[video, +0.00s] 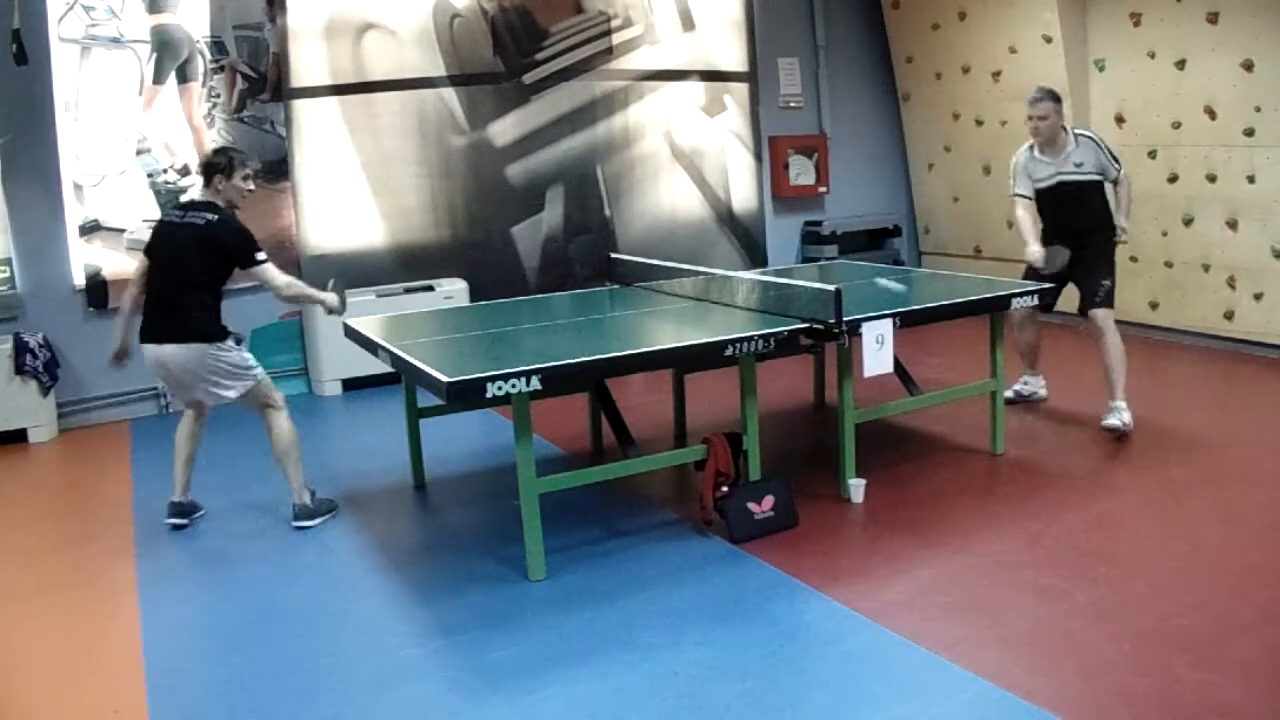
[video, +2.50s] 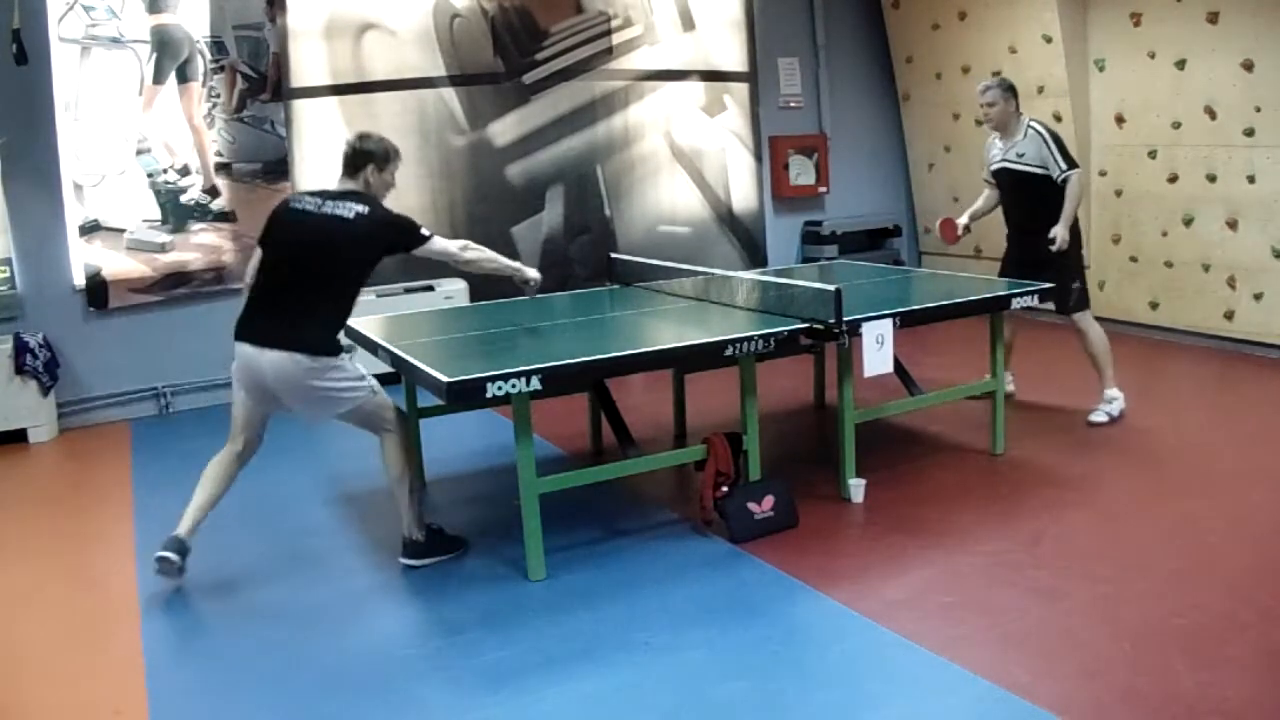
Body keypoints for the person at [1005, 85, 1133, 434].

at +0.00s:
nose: (1034, 125)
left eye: (1042, 118)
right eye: (1030, 118)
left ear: (1061, 118)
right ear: (1026, 120)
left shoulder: (1089, 144)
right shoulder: (1024, 160)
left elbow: (1120, 178)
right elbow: (1023, 206)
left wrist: (1122, 218)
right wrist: (1032, 244)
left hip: (1095, 246)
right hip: (1053, 248)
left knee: (1100, 316)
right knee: (1021, 313)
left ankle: (1118, 405)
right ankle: (1032, 380)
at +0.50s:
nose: (1090, 153)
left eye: (1100, 147)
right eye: (1086, 144)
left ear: (1119, 148)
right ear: (1081, 142)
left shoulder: (1138, 176)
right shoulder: (1075, 177)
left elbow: (1156, 209)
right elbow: (1054, 225)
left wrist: (1169, 249)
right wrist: (1053, 267)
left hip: (1119, 258)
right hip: (1076, 253)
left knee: (1121, 330)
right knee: (1039, 323)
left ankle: (1119, 420)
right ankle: (1031, 376)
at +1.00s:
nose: (1023, 106)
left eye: (1030, 98)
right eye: (1021, 99)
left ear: (1054, 101)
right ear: (1024, 102)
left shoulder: (1083, 140)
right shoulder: (1021, 139)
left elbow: (1113, 186)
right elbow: (1008, 179)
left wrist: (1119, 231)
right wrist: (992, 208)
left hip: (1081, 250)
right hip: (1039, 248)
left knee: (1092, 326)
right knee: (1021, 319)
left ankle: (1116, 413)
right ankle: (1024, 385)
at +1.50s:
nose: (929, 139)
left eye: (931, 131)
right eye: (928, 132)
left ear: (951, 128)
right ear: (946, 130)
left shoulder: (983, 144)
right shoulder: (957, 162)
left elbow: (1023, 170)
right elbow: (938, 212)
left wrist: (1024, 199)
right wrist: (886, 217)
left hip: (1025, 251)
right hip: (991, 254)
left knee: (1053, 321)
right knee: (956, 314)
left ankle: (1100, 400)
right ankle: (953, 381)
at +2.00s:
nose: (970, 110)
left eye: (976, 102)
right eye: (967, 104)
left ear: (997, 101)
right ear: (970, 107)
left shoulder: (1020, 132)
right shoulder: (978, 142)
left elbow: (1051, 174)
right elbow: (981, 192)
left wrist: (1039, 213)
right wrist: (945, 216)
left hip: (1031, 245)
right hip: (993, 245)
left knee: (1054, 322)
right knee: (962, 324)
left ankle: (1083, 398)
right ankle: (954, 380)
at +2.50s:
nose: (985, 113)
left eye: (990, 106)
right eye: (982, 107)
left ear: (1012, 104)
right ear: (983, 111)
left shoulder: (1040, 135)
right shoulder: (993, 145)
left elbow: (1074, 177)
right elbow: (994, 190)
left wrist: (1065, 225)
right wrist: (968, 217)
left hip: (1057, 240)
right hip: (1020, 241)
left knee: (1079, 315)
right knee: (1001, 309)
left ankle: (1112, 394)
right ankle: (1002, 377)